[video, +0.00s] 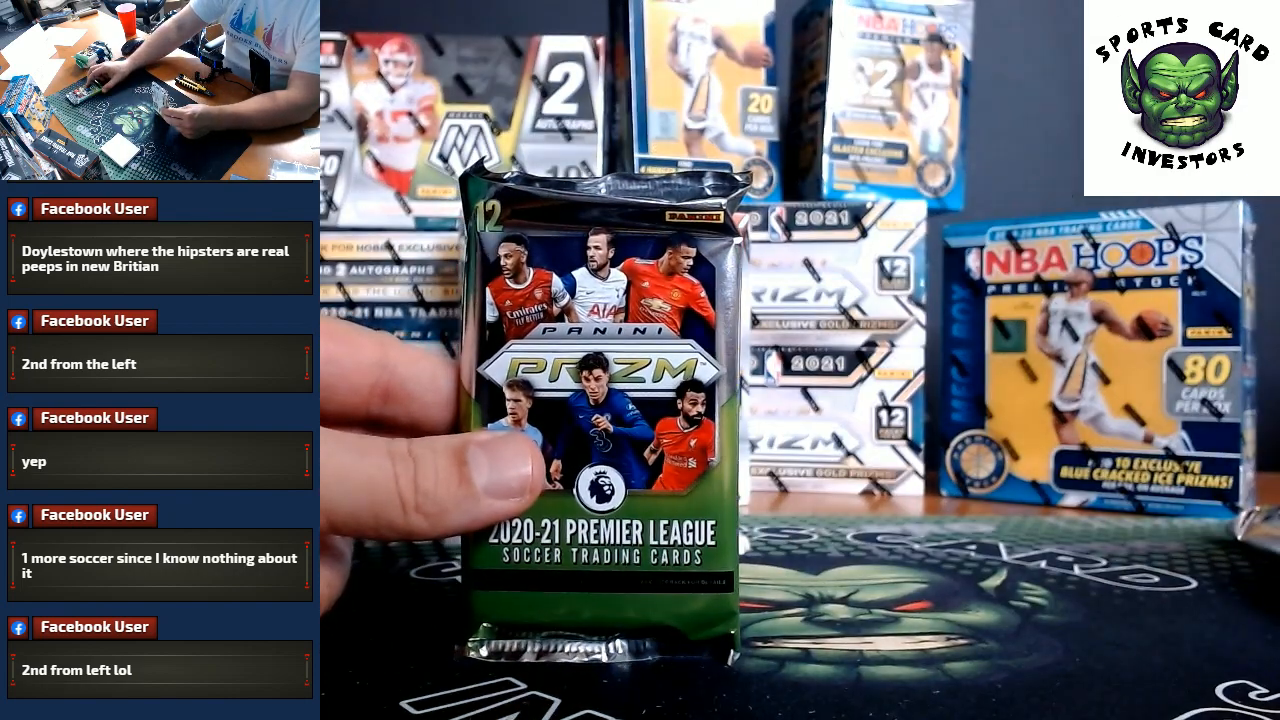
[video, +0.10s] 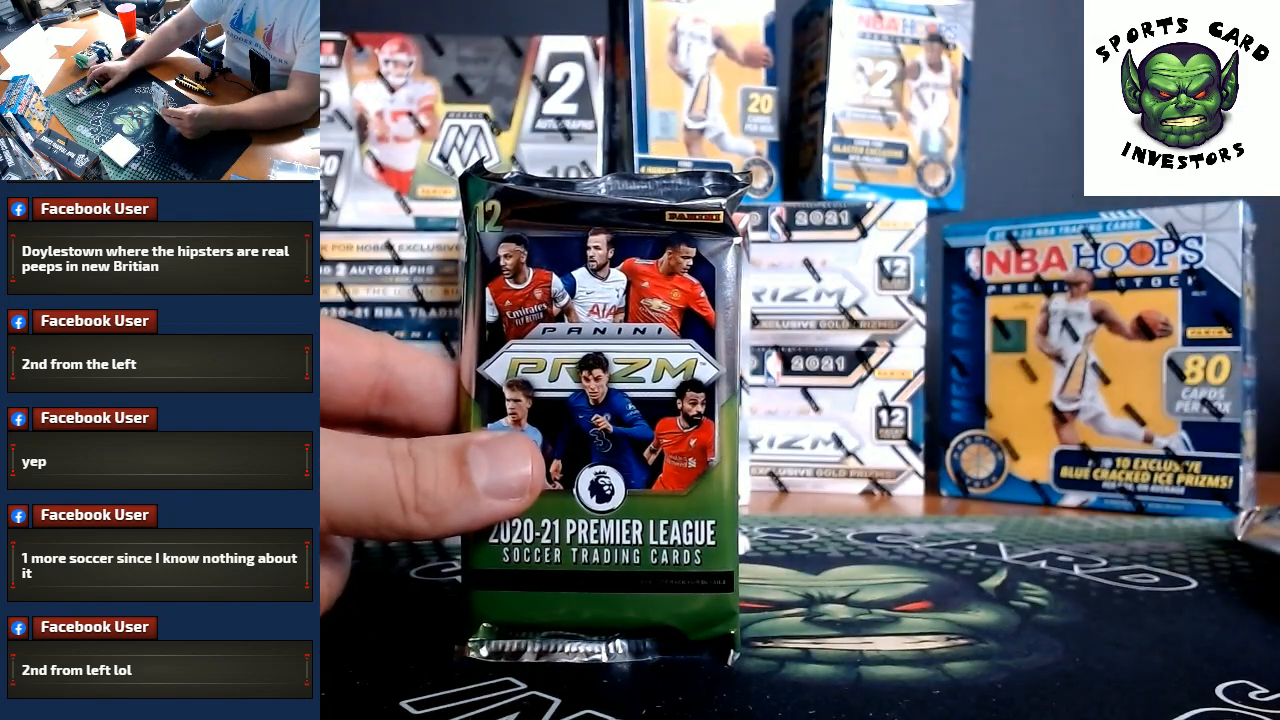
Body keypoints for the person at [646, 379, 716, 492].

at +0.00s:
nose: (699, 409)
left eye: (703, 404)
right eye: (693, 404)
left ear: (706, 404)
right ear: (679, 404)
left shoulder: (710, 431)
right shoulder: (664, 426)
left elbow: (715, 468)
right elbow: (653, 450)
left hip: (691, 497)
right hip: (662, 491)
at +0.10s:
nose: (699, 409)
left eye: (703, 404)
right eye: (693, 404)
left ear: (705, 404)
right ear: (679, 404)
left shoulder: (710, 430)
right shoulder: (663, 426)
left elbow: (714, 467)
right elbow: (653, 449)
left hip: (691, 496)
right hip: (662, 491)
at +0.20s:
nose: (698, 409)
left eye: (702, 403)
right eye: (692, 403)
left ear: (705, 403)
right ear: (678, 403)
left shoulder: (709, 430)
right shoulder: (663, 425)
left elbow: (714, 467)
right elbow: (652, 449)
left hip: (691, 495)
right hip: (661, 490)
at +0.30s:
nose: (698, 408)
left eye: (702, 402)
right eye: (692, 402)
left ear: (704, 402)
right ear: (678, 403)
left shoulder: (708, 428)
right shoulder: (663, 424)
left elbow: (712, 464)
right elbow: (653, 447)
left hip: (691, 494)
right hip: (661, 490)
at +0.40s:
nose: (698, 408)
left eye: (701, 402)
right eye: (692, 402)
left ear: (704, 402)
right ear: (678, 403)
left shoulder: (708, 429)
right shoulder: (662, 424)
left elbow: (713, 464)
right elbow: (652, 448)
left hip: (691, 494)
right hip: (661, 490)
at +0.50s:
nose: (698, 408)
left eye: (701, 402)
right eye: (691, 402)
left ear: (704, 403)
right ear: (678, 403)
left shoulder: (708, 429)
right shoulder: (662, 424)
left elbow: (713, 465)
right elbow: (652, 448)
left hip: (691, 495)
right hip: (661, 490)